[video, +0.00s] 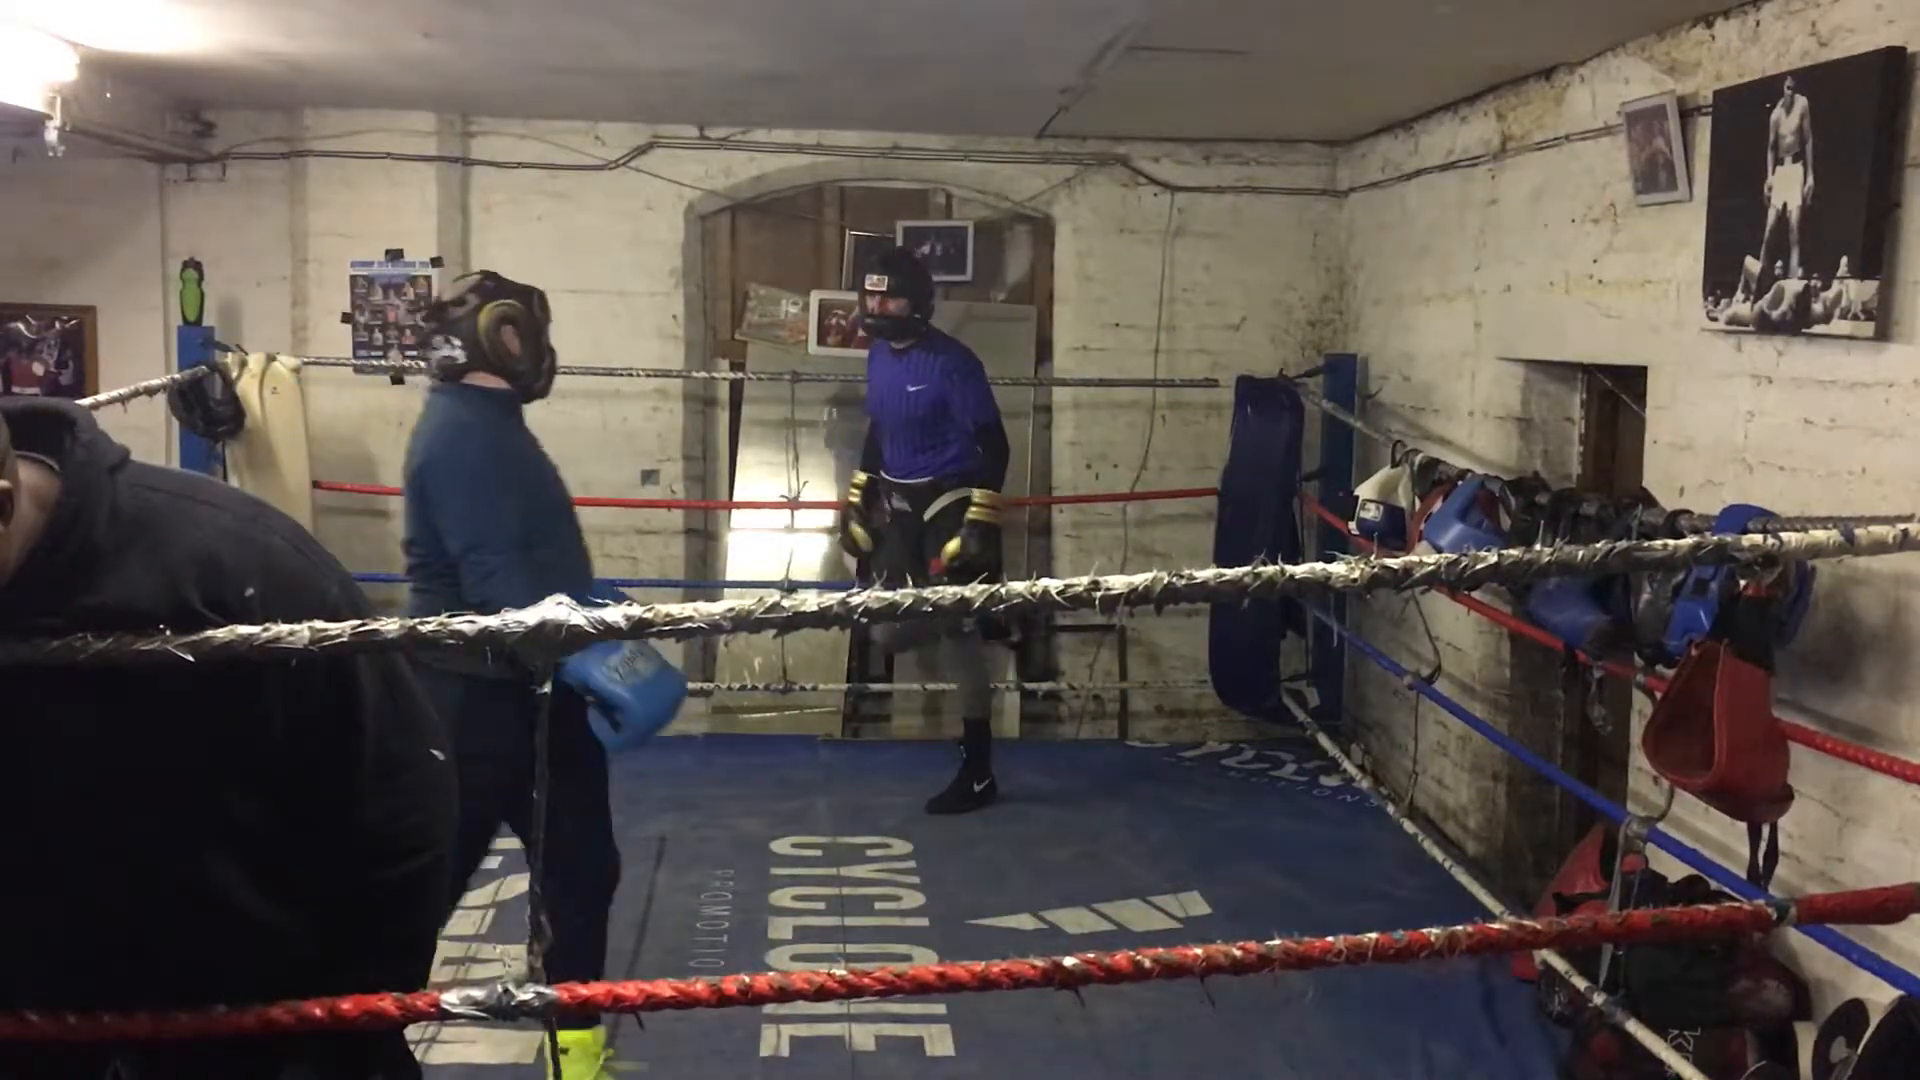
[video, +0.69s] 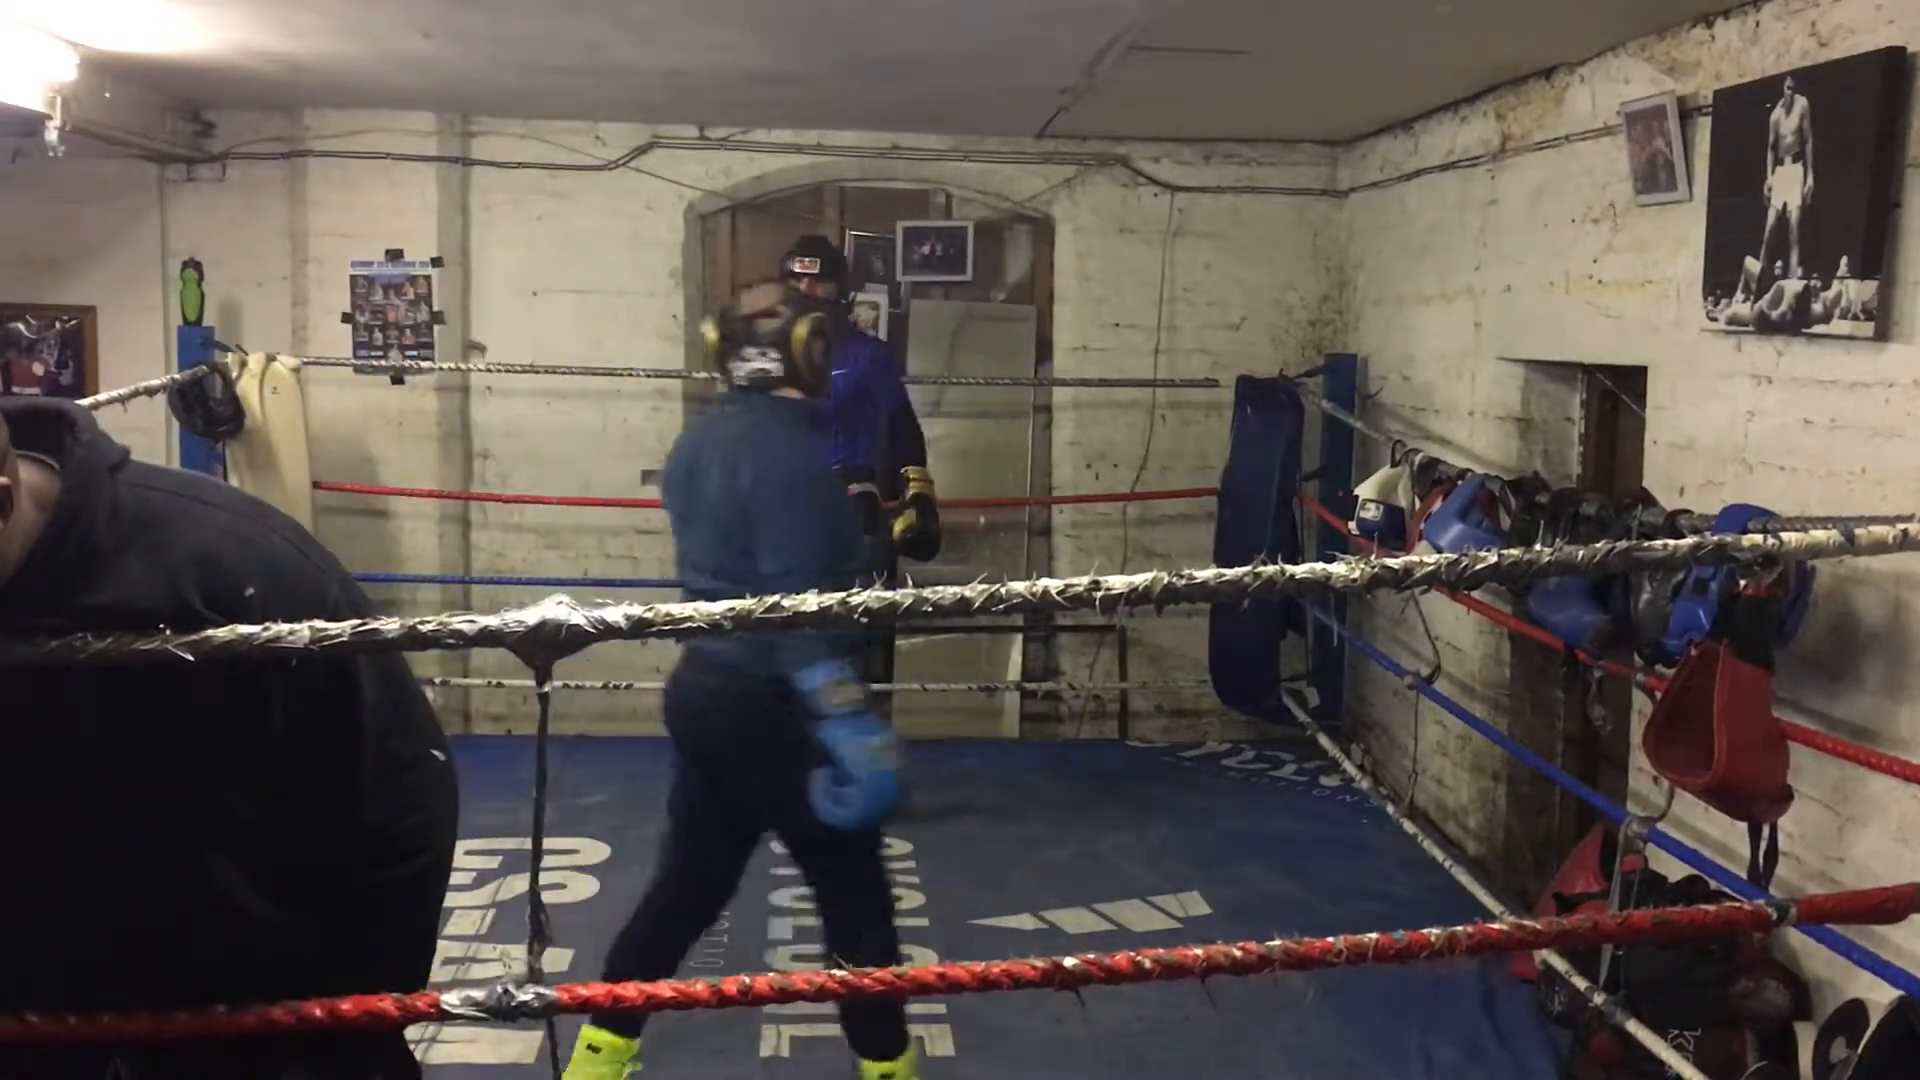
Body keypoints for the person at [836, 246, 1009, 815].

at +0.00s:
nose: (873, 305)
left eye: (886, 296)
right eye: (869, 296)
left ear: (915, 302)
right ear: (866, 301)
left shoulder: (953, 362)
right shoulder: (879, 356)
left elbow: (994, 444)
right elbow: (878, 430)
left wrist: (981, 517)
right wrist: (859, 499)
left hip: (951, 507)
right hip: (897, 507)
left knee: (959, 633)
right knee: (891, 634)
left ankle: (978, 769)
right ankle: (965, 609)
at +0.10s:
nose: (864, 298)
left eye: (875, 287)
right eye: (857, 287)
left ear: (903, 293)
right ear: (851, 294)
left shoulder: (938, 356)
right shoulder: (865, 353)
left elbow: (978, 438)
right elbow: (864, 426)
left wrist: (963, 510)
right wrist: (838, 493)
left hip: (933, 504)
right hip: (879, 502)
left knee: (945, 632)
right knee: (844, 618)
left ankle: (974, 769)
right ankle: (928, 671)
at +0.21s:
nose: (850, 295)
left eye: (862, 284)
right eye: (845, 284)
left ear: (891, 291)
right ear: (840, 291)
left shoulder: (924, 355)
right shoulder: (847, 354)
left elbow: (962, 434)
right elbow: (844, 427)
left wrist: (952, 506)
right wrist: (819, 492)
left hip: (914, 505)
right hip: (855, 504)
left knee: (929, 631)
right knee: (828, 624)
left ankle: (970, 765)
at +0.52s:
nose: (814, 286)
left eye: (826, 277)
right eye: (807, 276)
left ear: (851, 285)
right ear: (796, 285)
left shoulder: (881, 349)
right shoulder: (789, 349)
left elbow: (924, 425)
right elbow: (767, 425)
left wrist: (922, 496)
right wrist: (744, 486)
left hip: (864, 493)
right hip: (800, 494)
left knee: (851, 630)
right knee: (814, 629)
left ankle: (909, 743)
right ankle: (841, 759)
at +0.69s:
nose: (805, 291)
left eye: (818, 281)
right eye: (796, 280)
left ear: (839, 287)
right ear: (784, 283)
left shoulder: (870, 355)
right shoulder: (771, 350)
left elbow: (902, 426)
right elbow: (747, 425)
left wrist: (916, 491)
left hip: (855, 501)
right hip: (782, 500)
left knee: (858, 620)